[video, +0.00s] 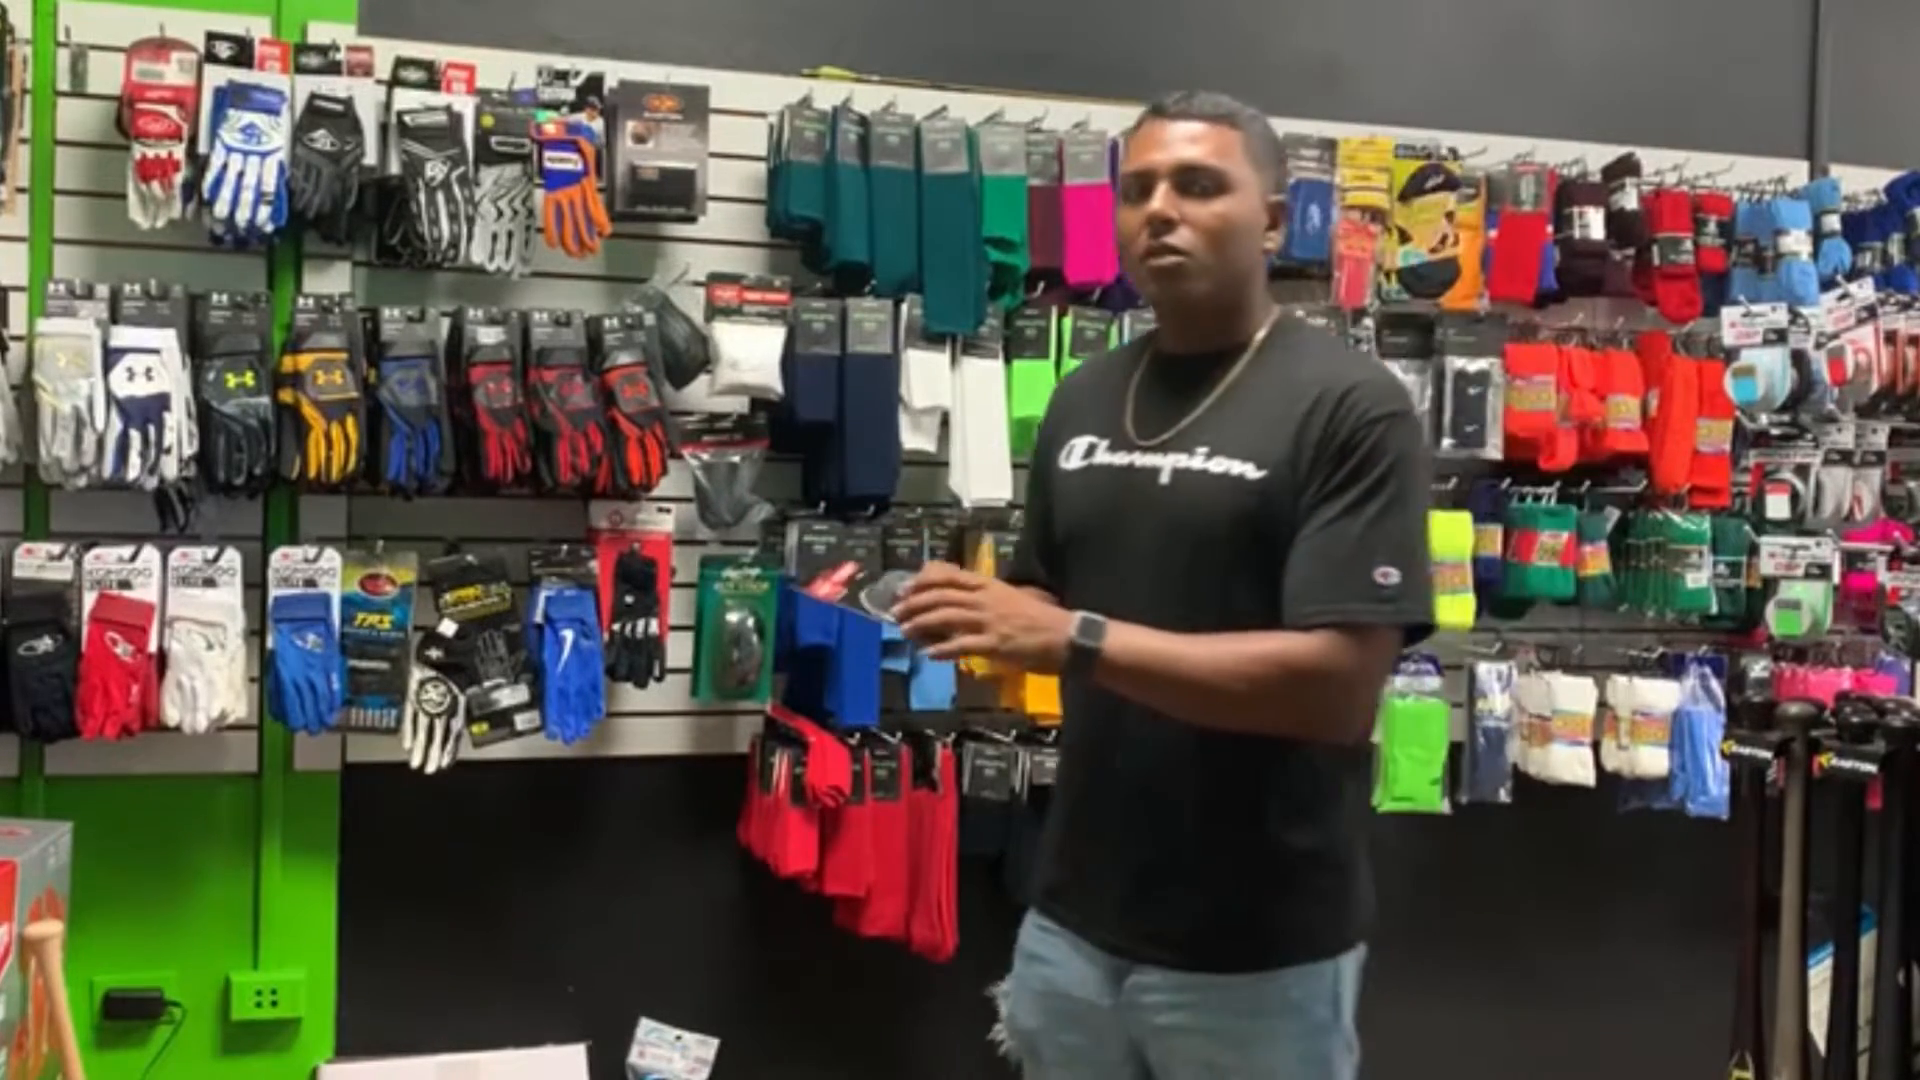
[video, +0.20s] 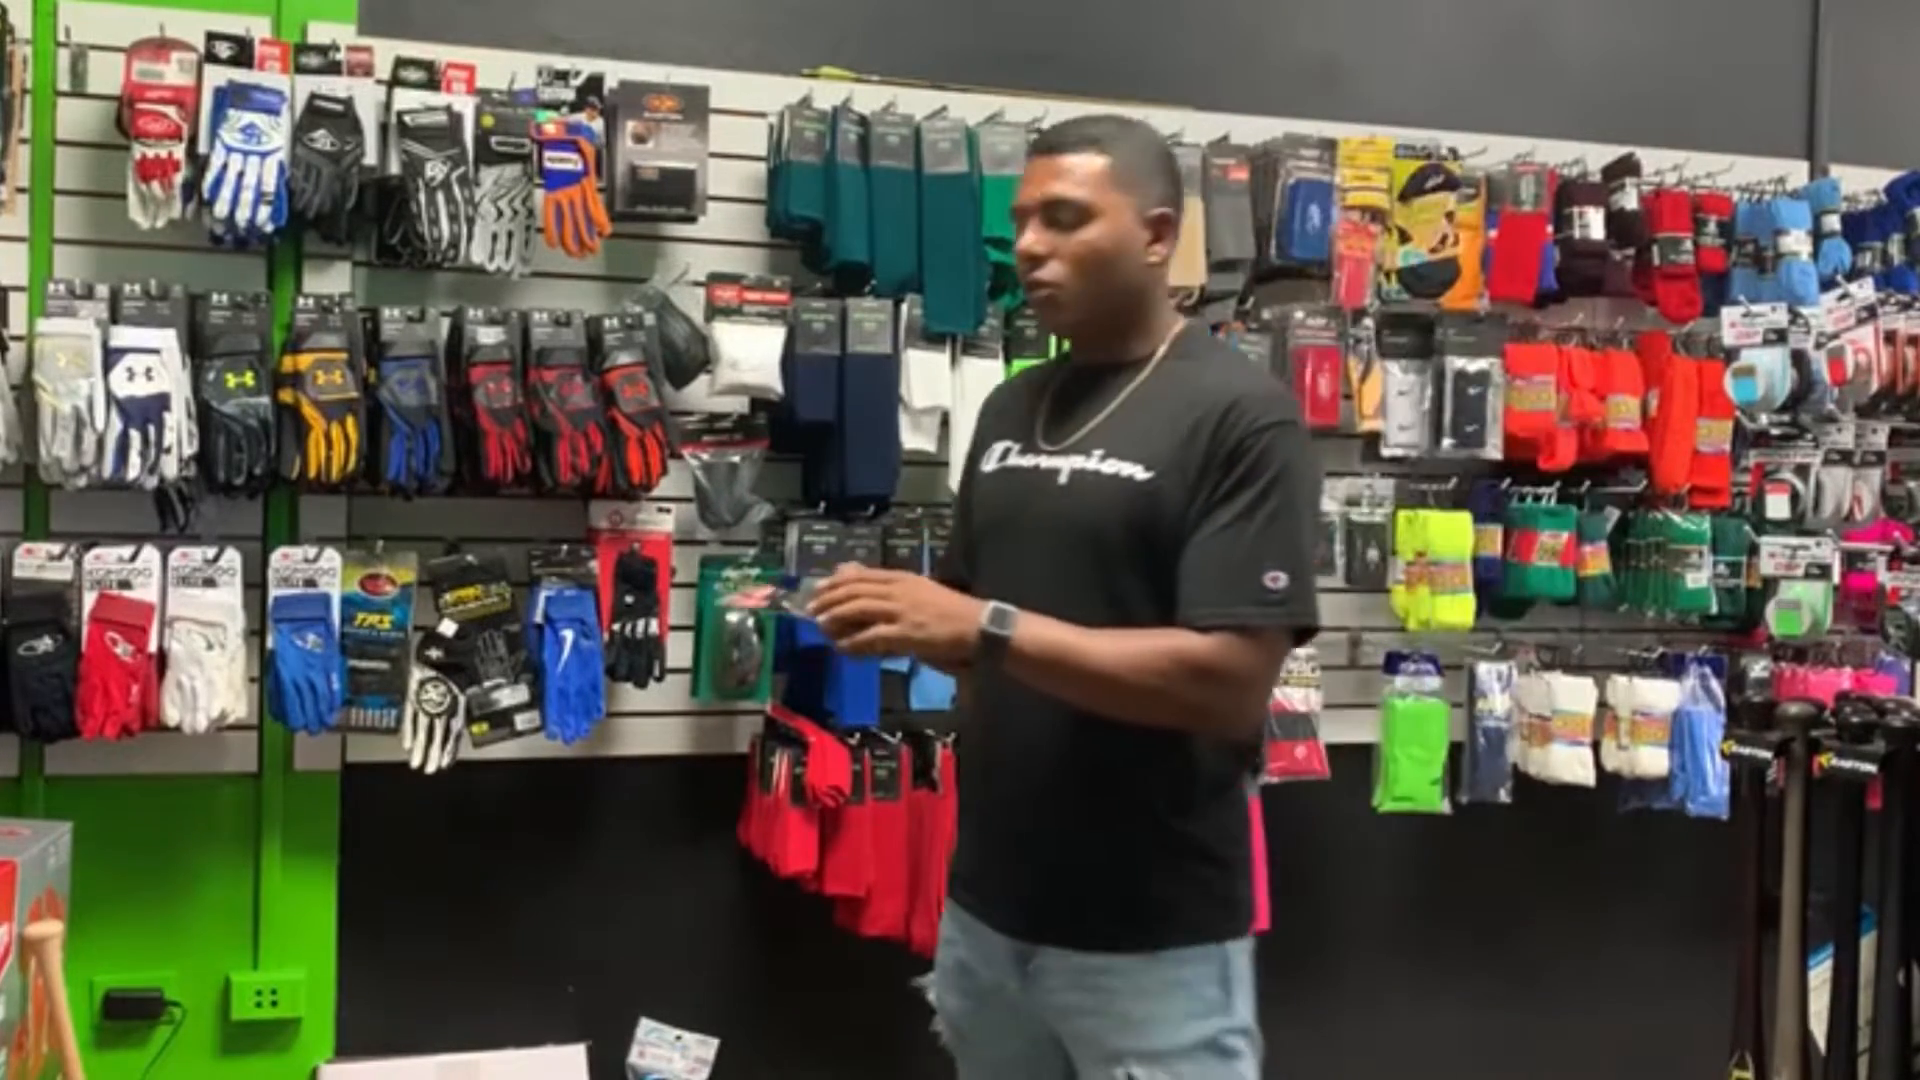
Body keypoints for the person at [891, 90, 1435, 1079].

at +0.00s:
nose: (1160, 209)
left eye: (1198, 184)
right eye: (1138, 188)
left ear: (1273, 214)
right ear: (1117, 219)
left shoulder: (1352, 405)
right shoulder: (1084, 398)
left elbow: (1342, 683)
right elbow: (1052, 615)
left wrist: (1070, 635)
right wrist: (977, 615)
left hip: (1258, 945)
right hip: (1076, 917)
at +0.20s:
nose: (1027, 246)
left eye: (1063, 218)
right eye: (1023, 221)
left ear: (1159, 232)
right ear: (1015, 233)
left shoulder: (1242, 413)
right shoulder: (1010, 410)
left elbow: (1233, 687)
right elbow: (978, 624)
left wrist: (977, 626)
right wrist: (884, 613)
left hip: (1157, 941)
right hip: (988, 913)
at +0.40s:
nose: (933, 286)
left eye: (958, 256)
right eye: (929, 261)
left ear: (1051, 246)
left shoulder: (1156, 414)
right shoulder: (971, 407)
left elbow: (1140, 681)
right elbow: (962, 625)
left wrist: (900, 619)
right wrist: (840, 608)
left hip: (1066, 903)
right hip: (946, 881)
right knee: (960, 1064)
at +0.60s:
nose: (854, 295)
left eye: (873, 262)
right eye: (850, 270)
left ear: (965, 247)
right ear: (953, 253)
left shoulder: (1051, 408)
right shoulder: (947, 400)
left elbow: (1053, 675)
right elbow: (944, 638)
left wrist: (816, 619)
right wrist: (790, 627)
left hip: (980, 895)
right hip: (936, 878)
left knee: (881, 1064)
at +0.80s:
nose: (760, 296)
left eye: (775, 263)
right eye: (760, 268)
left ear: (861, 255)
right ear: (861, 258)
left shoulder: (919, 418)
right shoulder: (922, 397)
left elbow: (924, 690)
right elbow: (863, 654)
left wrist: (692, 653)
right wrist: (683, 635)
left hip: (883, 899)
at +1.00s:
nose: (623, 278)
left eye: (637, 246)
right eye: (624, 249)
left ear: (717, 253)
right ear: (728, 254)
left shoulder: (756, 421)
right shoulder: (825, 388)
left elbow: (741, 707)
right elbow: (818, 644)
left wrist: (503, 712)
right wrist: (651, 651)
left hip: (751, 895)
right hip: (855, 870)